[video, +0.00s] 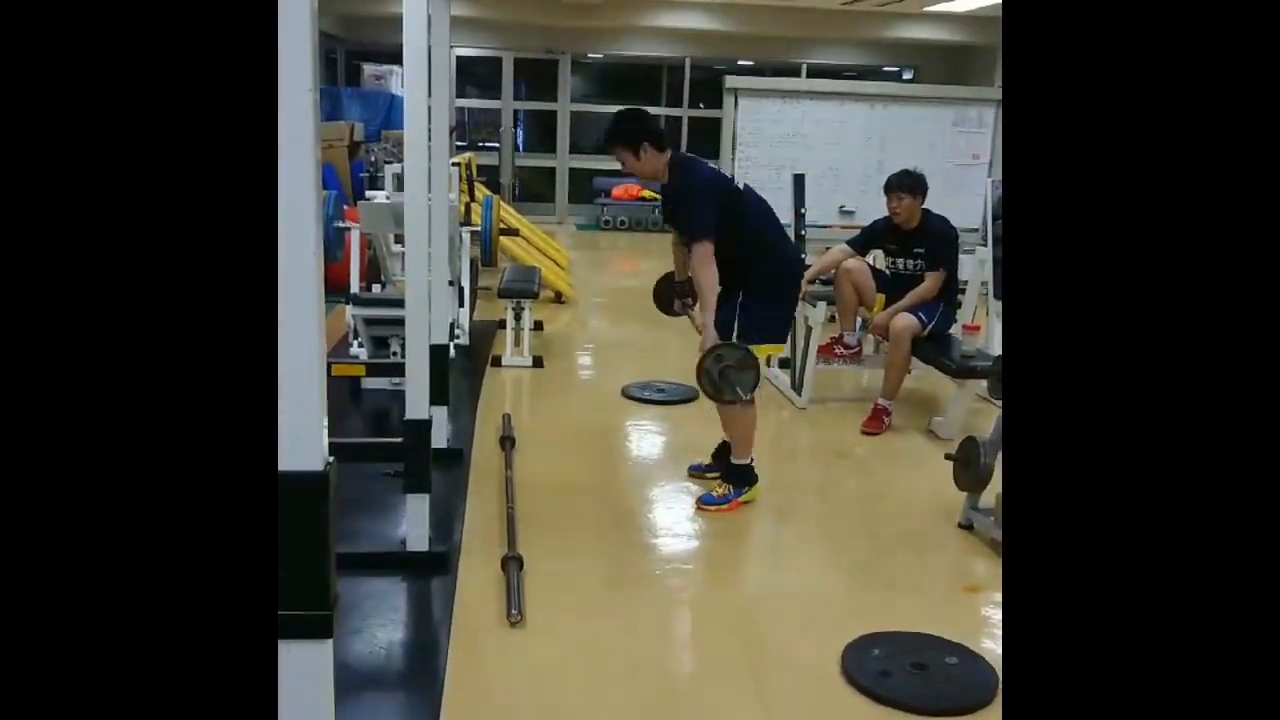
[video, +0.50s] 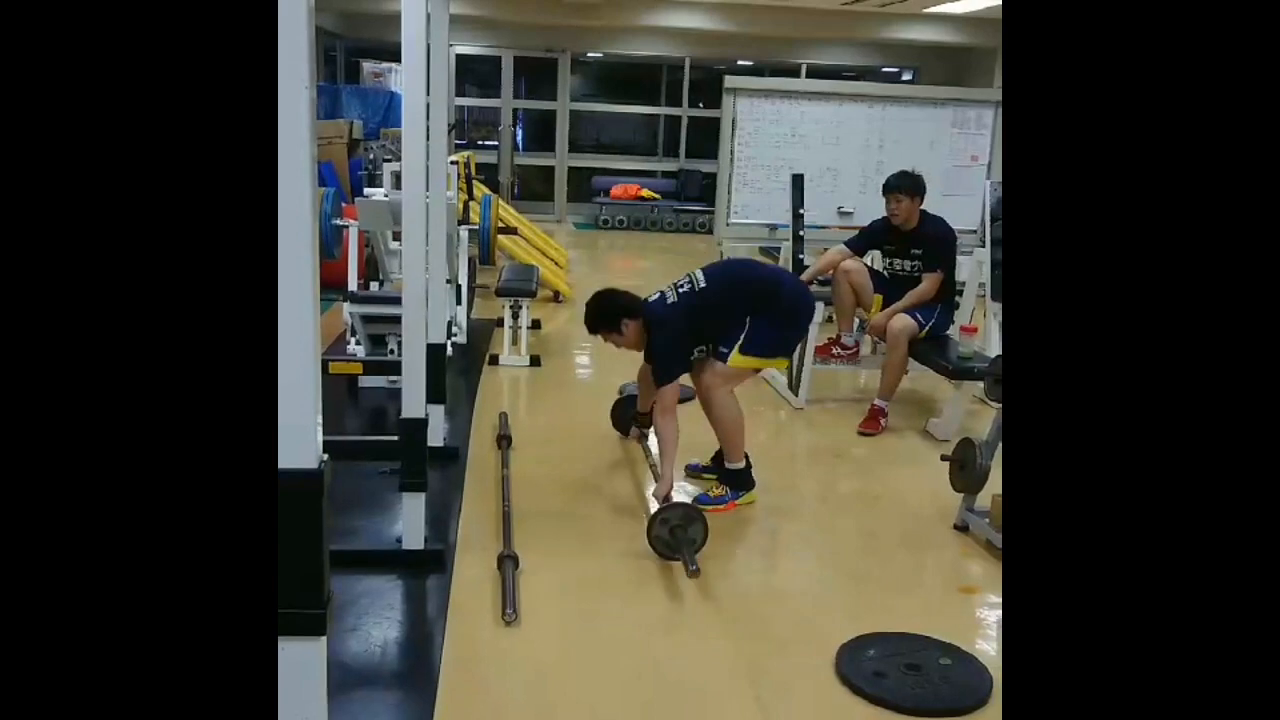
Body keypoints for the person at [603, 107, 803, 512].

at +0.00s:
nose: (624, 168)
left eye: (624, 159)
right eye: (620, 160)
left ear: (646, 148)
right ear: (648, 148)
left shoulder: (692, 181)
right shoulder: (676, 179)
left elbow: (704, 256)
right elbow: (682, 239)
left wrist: (708, 326)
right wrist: (684, 282)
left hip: (769, 274)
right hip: (742, 273)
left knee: (737, 370)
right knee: (718, 361)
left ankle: (742, 474)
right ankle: (731, 452)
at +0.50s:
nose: (617, 347)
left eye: (613, 340)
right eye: (611, 343)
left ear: (626, 325)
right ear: (629, 318)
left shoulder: (666, 333)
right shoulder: (655, 319)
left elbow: (666, 412)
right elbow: (648, 375)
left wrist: (666, 478)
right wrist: (642, 417)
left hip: (786, 307)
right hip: (768, 297)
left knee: (713, 383)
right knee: (704, 373)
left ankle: (739, 481)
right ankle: (729, 461)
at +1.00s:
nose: (575, 392)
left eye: (570, 384)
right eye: (566, 387)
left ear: (583, 369)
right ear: (583, 361)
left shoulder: (628, 373)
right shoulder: (617, 355)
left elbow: (661, 428)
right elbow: (640, 396)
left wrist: (656, 489)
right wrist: (617, 416)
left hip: (748, 409)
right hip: (748, 391)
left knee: (827, 455)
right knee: (823, 432)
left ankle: (930, 460)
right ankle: (915, 438)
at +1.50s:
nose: (562, 408)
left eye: (561, 401)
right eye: (557, 402)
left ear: (577, 389)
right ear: (576, 385)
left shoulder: (616, 399)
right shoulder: (600, 394)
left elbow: (661, 428)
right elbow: (647, 418)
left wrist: (647, 489)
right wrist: (636, 459)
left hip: (730, 465)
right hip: (727, 445)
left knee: (828, 477)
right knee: (822, 453)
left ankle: (931, 461)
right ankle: (914, 439)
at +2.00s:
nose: (582, 366)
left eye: (579, 359)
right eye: (577, 361)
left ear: (593, 347)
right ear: (596, 341)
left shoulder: (629, 355)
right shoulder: (622, 336)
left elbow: (641, 429)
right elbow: (626, 386)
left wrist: (643, 492)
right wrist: (620, 418)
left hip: (765, 315)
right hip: (742, 310)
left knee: (765, 422)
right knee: (736, 403)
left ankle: (852, 465)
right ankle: (819, 436)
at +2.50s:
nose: (603, 280)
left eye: (607, 271)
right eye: (604, 272)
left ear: (632, 276)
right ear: (634, 276)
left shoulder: (667, 310)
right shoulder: (652, 302)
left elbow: (671, 389)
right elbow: (641, 348)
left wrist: (653, 449)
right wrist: (627, 387)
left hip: (772, 351)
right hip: (751, 341)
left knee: (687, 400)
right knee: (678, 388)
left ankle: (705, 505)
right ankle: (690, 467)